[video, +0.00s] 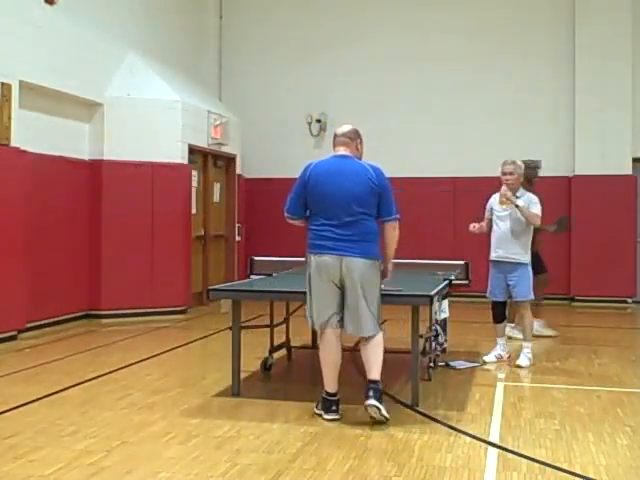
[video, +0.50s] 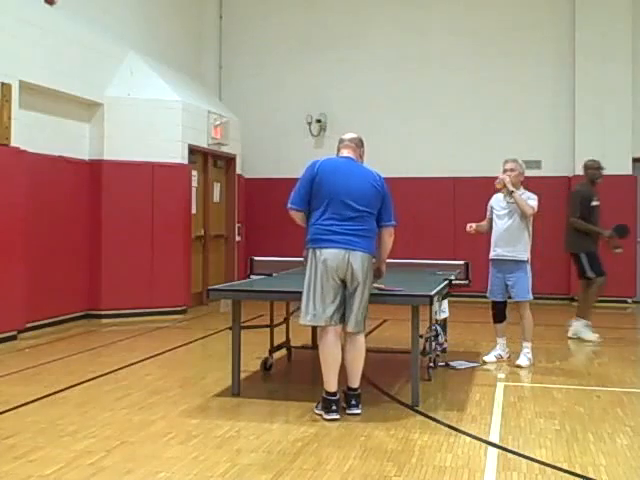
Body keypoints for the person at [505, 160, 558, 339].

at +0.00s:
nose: (536, 177)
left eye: (536, 174)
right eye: (533, 174)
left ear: (529, 176)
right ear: (524, 175)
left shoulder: (530, 195)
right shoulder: (517, 195)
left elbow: (532, 221)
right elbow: (519, 222)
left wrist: (546, 227)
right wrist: (544, 227)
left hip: (529, 246)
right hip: (519, 247)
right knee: (541, 278)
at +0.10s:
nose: (549, 175)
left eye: (549, 172)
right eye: (546, 172)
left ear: (544, 174)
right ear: (536, 173)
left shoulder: (541, 194)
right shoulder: (532, 194)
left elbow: (540, 222)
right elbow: (535, 222)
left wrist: (559, 229)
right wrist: (559, 228)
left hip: (540, 250)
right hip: (530, 251)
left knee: (553, 283)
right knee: (520, 289)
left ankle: (564, 321)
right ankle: (511, 323)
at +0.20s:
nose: (561, 177)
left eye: (562, 174)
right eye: (558, 174)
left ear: (561, 176)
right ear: (549, 176)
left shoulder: (554, 197)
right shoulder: (544, 196)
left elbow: (551, 223)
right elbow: (541, 223)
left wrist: (572, 231)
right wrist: (571, 230)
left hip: (554, 252)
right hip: (540, 252)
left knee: (567, 284)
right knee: (530, 289)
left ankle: (574, 324)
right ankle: (511, 322)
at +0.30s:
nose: (575, 176)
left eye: (576, 172)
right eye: (572, 172)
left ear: (575, 175)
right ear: (563, 175)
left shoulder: (568, 197)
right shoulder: (557, 197)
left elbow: (566, 223)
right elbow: (555, 223)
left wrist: (585, 232)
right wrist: (582, 232)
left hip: (568, 251)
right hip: (556, 251)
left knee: (580, 283)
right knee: (560, 288)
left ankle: (576, 325)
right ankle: (522, 314)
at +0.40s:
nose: (589, 174)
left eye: (589, 171)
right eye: (585, 171)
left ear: (585, 173)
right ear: (575, 173)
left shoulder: (580, 193)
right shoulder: (569, 193)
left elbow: (580, 223)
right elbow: (565, 222)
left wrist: (589, 246)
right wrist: (593, 232)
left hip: (579, 247)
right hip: (570, 247)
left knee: (585, 284)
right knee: (583, 284)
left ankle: (577, 325)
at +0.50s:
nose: (599, 172)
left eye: (600, 169)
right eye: (595, 169)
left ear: (598, 172)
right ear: (586, 171)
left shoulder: (592, 192)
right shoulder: (579, 191)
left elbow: (591, 221)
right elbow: (573, 220)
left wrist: (607, 236)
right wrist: (601, 232)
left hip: (587, 244)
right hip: (579, 244)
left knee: (587, 283)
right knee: (598, 279)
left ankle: (579, 323)